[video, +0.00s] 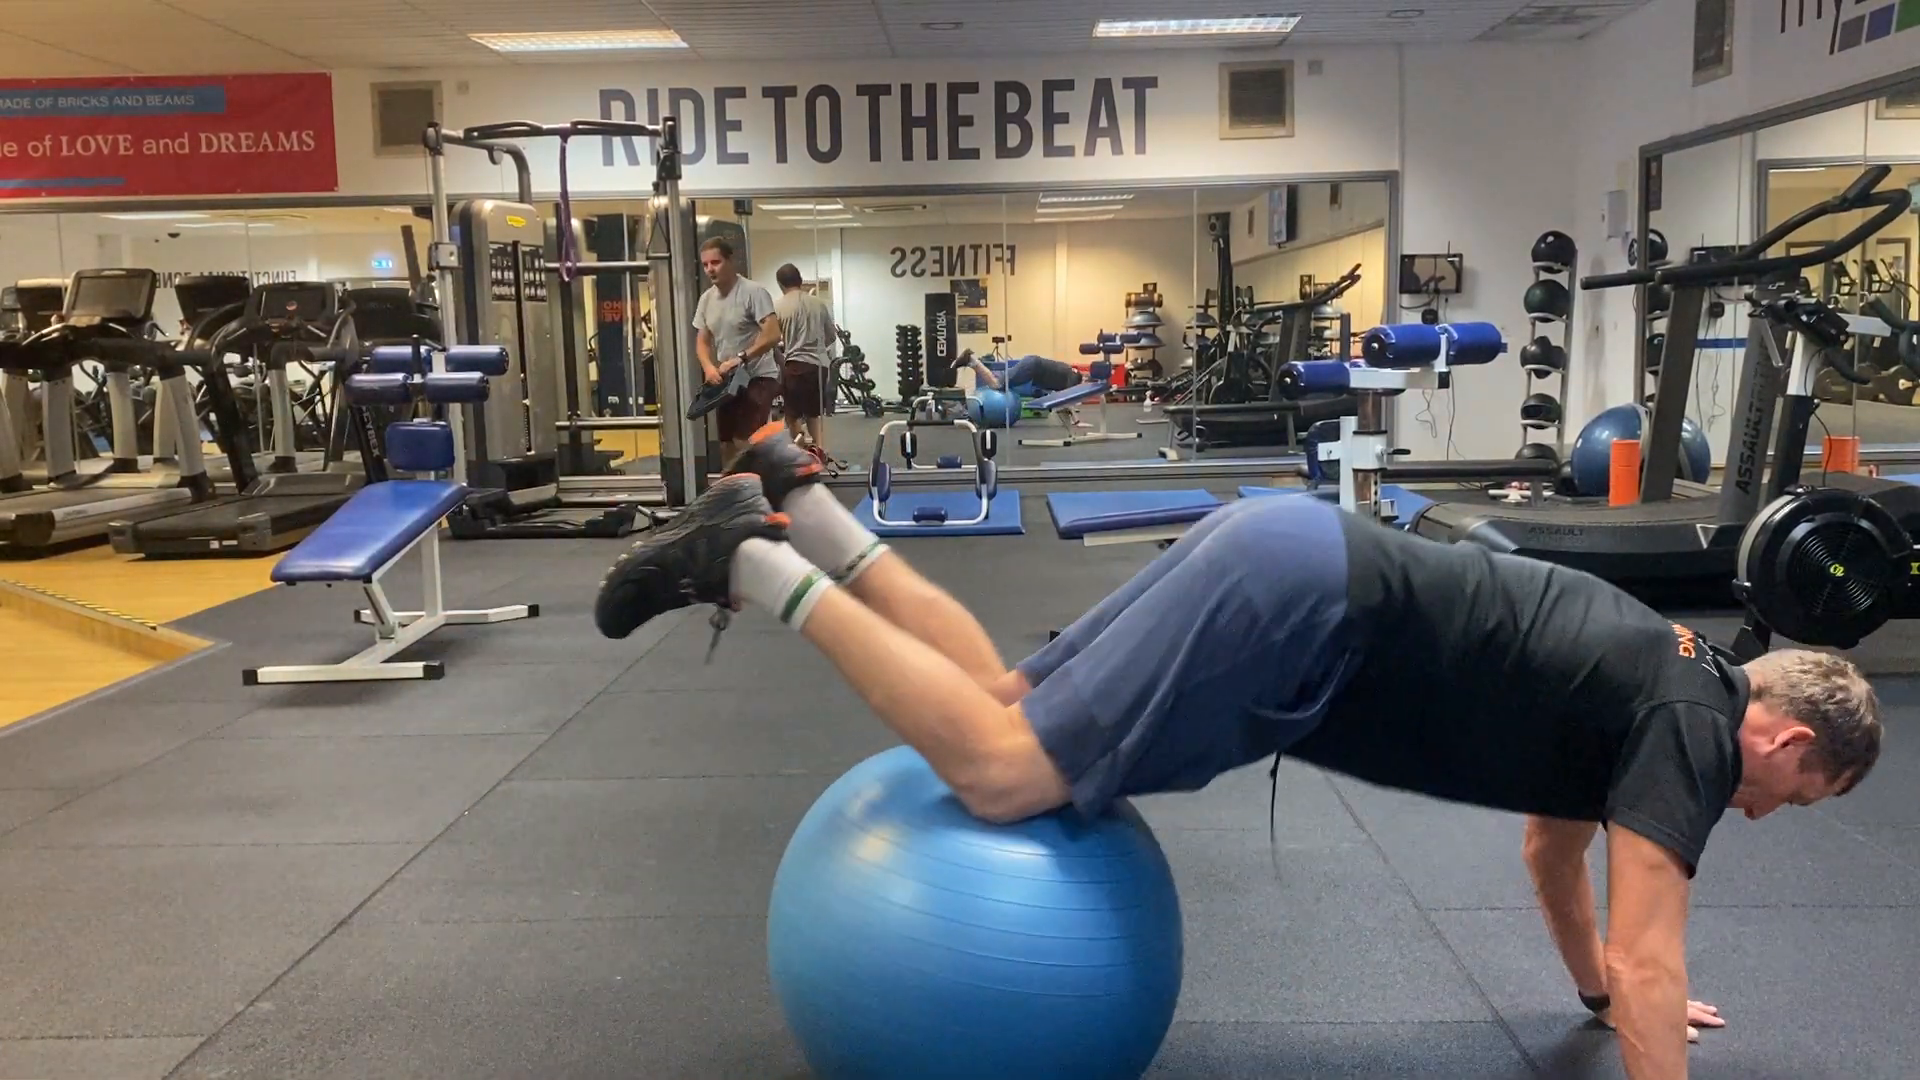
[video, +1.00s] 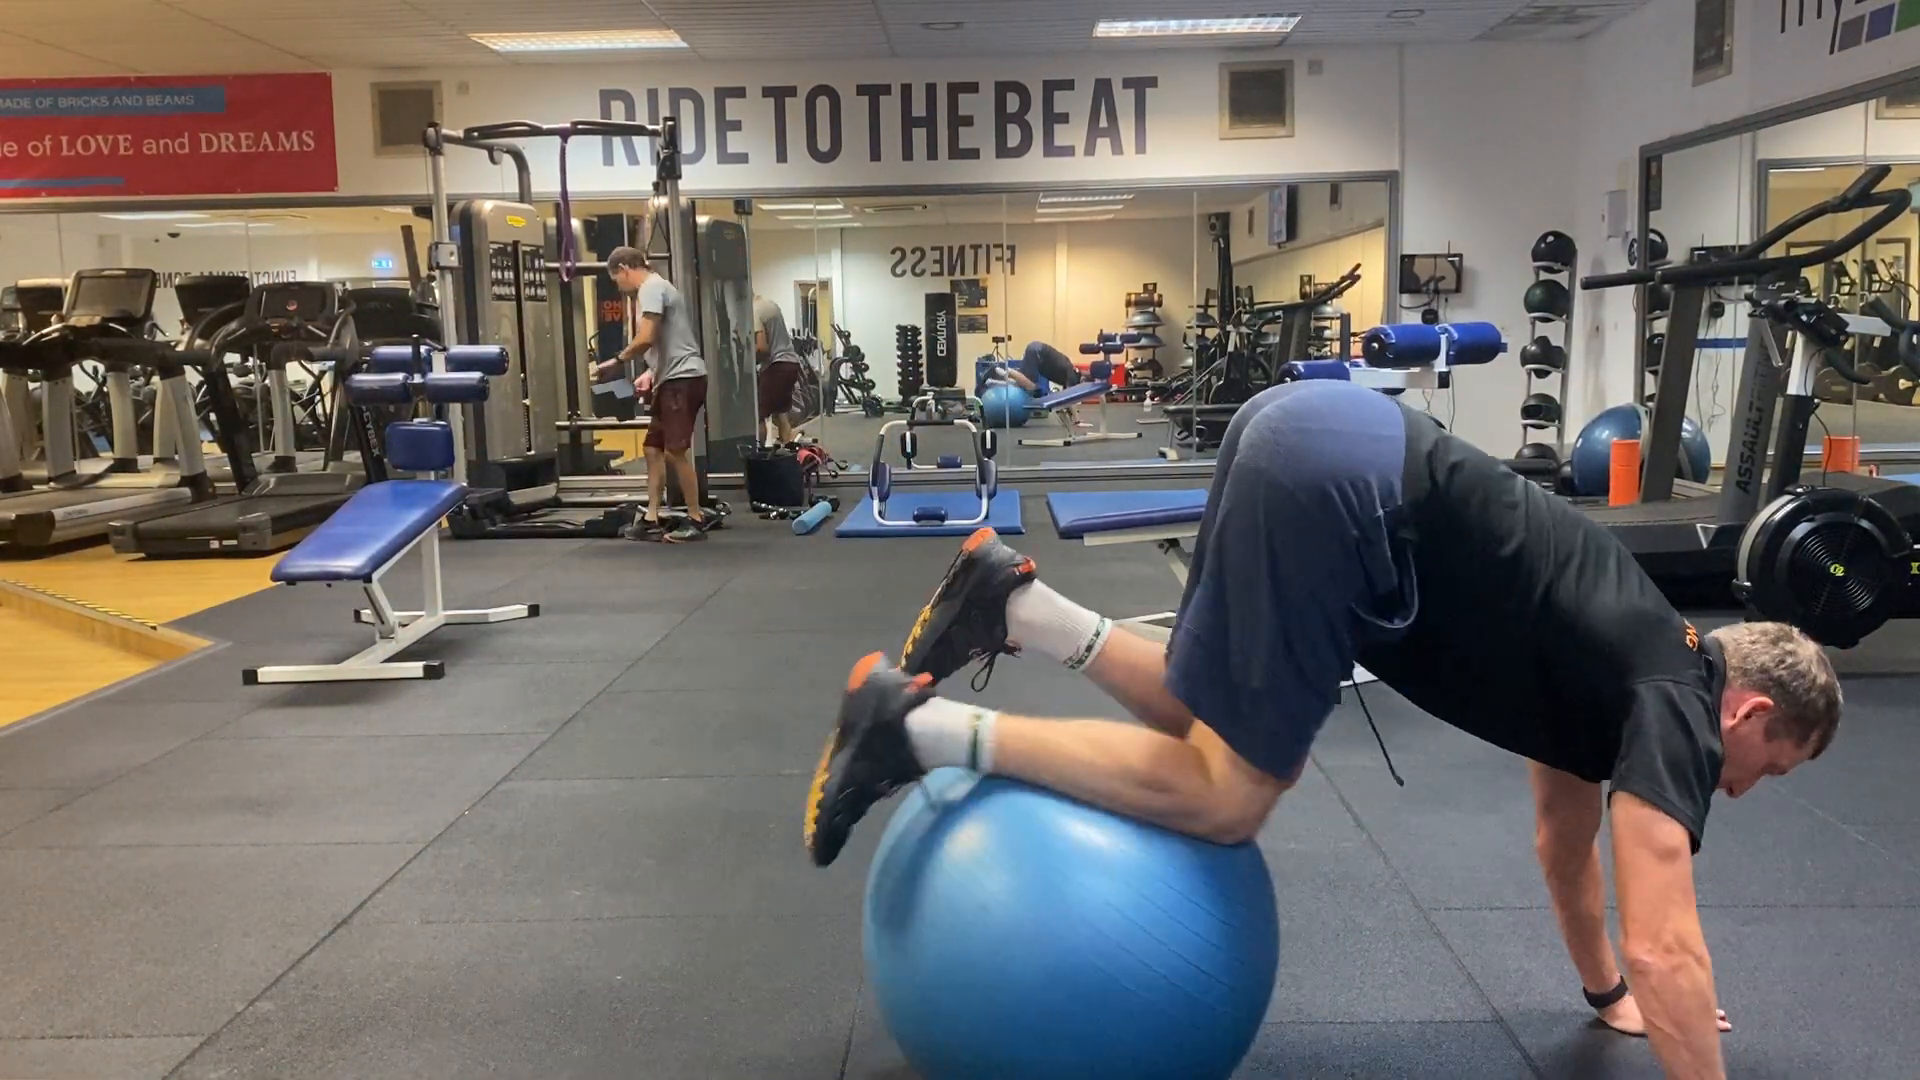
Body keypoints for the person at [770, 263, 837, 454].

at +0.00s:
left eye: (780, 283)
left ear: (780, 284)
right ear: (801, 280)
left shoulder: (778, 307)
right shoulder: (819, 303)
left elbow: (774, 340)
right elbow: (830, 335)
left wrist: (782, 361)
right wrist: (816, 349)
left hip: (793, 365)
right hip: (818, 365)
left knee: (792, 415)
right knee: (814, 415)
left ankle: (801, 454)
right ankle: (819, 455)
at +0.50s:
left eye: (761, 287)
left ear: (760, 289)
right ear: (780, 284)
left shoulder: (762, 312)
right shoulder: (801, 307)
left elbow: (761, 345)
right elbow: (810, 341)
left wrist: (767, 366)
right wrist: (800, 354)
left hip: (781, 369)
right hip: (805, 369)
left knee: (785, 418)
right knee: (795, 417)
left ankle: (799, 457)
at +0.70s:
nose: (752, 294)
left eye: (752, 290)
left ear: (753, 290)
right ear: (771, 285)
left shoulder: (760, 309)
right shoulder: (792, 305)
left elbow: (762, 344)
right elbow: (798, 335)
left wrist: (763, 358)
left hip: (779, 366)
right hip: (801, 366)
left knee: (768, 414)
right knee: (789, 413)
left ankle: (789, 444)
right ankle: (795, 449)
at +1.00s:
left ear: (741, 295)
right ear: (751, 289)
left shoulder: (754, 308)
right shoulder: (770, 304)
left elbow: (762, 348)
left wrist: (747, 360)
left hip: (777, 365)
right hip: (792, 363)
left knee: (759, 414)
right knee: (781, 413)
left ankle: (759, 455)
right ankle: (788, 453)